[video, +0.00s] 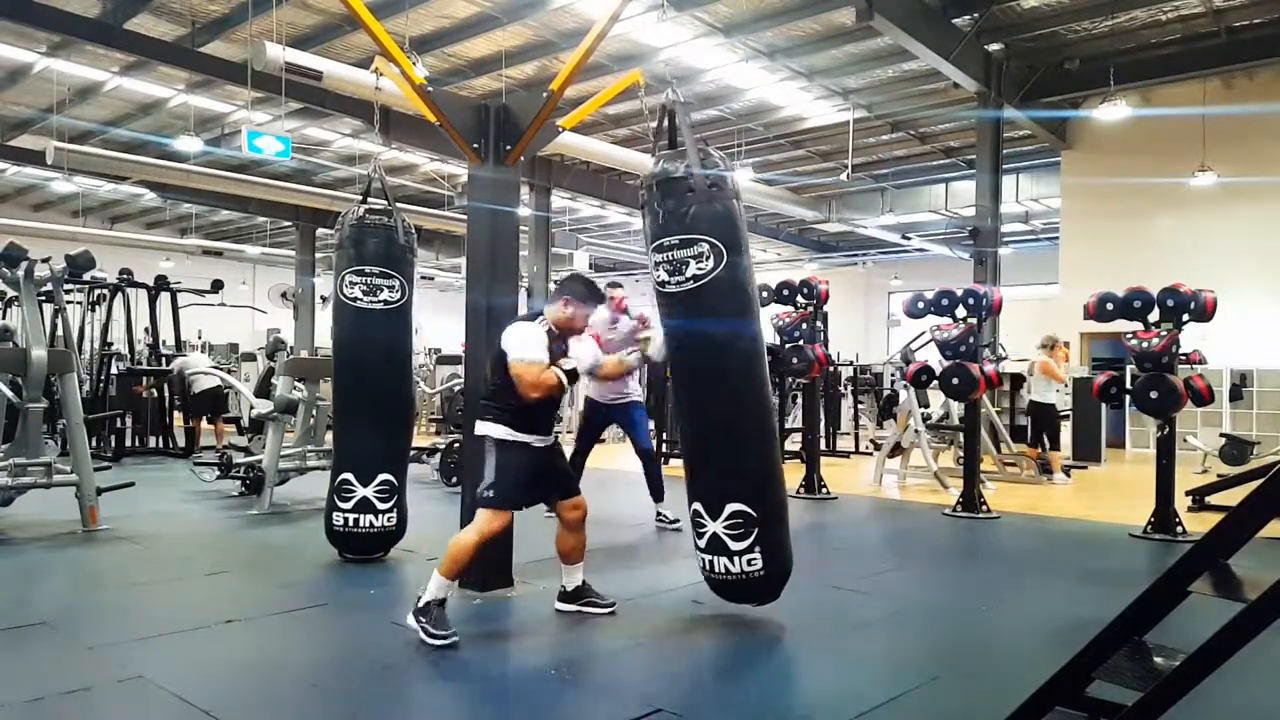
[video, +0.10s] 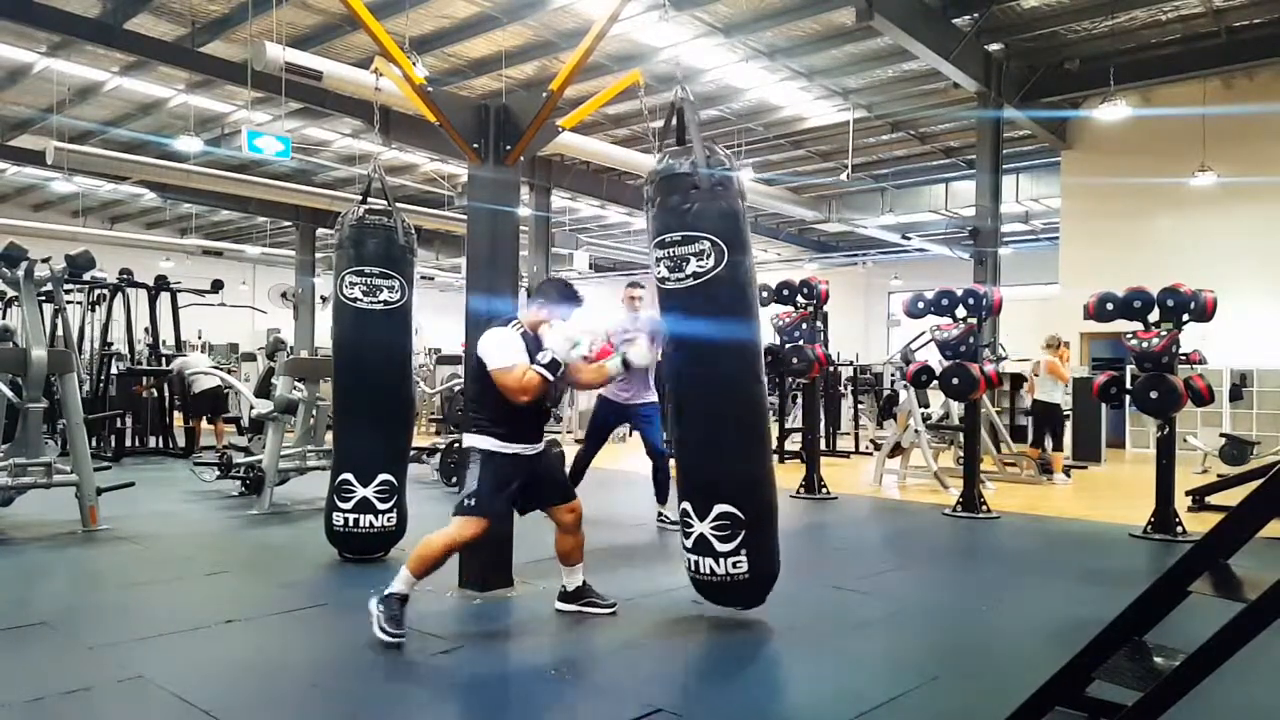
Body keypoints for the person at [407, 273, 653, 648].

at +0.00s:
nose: (588, 324)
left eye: (591, 318)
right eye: (586, 316)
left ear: (570, 308)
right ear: (565, 305)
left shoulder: (571, 342)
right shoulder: (523, 333)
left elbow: (604, 369)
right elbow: (532, 387)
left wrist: (638, 355)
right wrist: (574, 368)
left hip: (544, 444)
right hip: (504, 442)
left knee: (574, 511)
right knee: (492, 522)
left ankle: (572, 590)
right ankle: (429, 603)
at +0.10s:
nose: (563, 324)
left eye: (566, 318)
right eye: (560, 315)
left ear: (552, 313)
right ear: (540, 307)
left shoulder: (546, 344)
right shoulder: (498, 339)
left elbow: (582, 377)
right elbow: (524, 391)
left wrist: (622, 361)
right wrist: (554, 356)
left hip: (533, 453)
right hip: (490, 452)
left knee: (570, 515)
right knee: (469, 529)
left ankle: (573, 589)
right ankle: (394, 595)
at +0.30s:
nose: (522, 310)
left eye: (527, 304)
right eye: (520, 301)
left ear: (513, 298)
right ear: (500, 289)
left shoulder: (509, 329)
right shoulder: (449, 322)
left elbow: (539, 358)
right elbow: (467, 373)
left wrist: (557, 353)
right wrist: (508, 343)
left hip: (488, 441)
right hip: (437, 441)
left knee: (520, 513)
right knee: (410, 524)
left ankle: (524, 580)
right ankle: (367, 605)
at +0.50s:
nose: (486, 309)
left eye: (490, 304)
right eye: (482, 301)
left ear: (487, 300)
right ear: (461, 291)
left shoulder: (482, 324)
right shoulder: (410, 324)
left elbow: (525, 351)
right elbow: (422, 374)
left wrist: (556, 343)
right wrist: (465, 341)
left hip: (456, 448)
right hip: (402, 448)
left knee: (487, 520)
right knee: (366, 529)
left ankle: (481, 586)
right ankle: (312, 608)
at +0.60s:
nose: (472, 317)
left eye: (474, 308)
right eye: (467, 306)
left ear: (448, 299)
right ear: (441, 295)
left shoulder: (455, 339)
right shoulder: (388, 328)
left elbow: (459, 388)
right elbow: (393, 384)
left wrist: (487, 383)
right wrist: (446, 364)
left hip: (438, 451)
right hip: (383, 453)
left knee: (478, 522)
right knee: (348, 540)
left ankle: (479, 583)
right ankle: (306, 614)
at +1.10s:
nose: (490, 303)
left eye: (493, 295)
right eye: (488, 293)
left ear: (469, 287)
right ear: (463, 283)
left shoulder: (467, 326)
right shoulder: (421, 310)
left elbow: (470, 378)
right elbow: (402, 355)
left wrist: (512, 367)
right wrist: (458, 370)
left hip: (445, 442)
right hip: (400, 440)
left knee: (474, 520)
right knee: (366, 530)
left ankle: (482, 608)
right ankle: (316, 605)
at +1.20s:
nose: (508, 308)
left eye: (510, 300)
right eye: (505, 298)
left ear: (491, 292)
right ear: (486, 288)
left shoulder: (481, 322)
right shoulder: (456, 305)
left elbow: (458, 369)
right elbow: (480, 335)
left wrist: (490, 384)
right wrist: (526, 339)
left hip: (462, 442)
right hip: (418, 441)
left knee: (486, 522)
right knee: (383, 532)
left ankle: (484, 609)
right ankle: (323, 601)